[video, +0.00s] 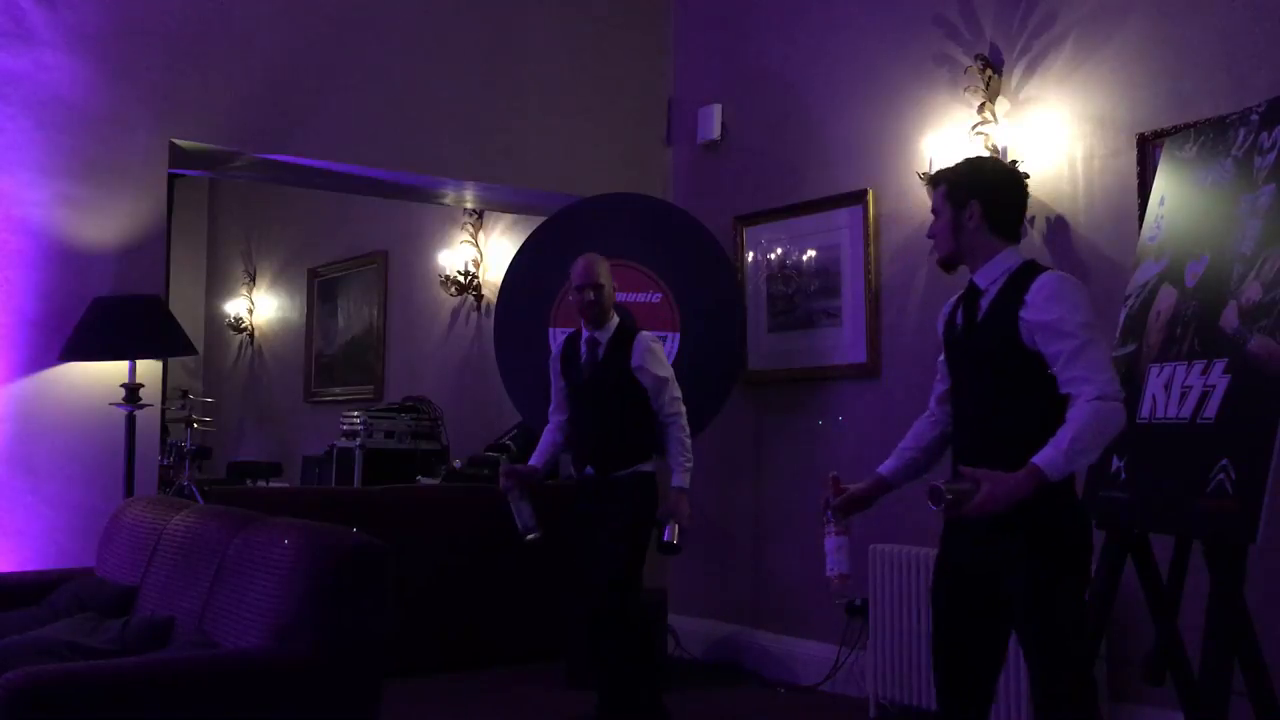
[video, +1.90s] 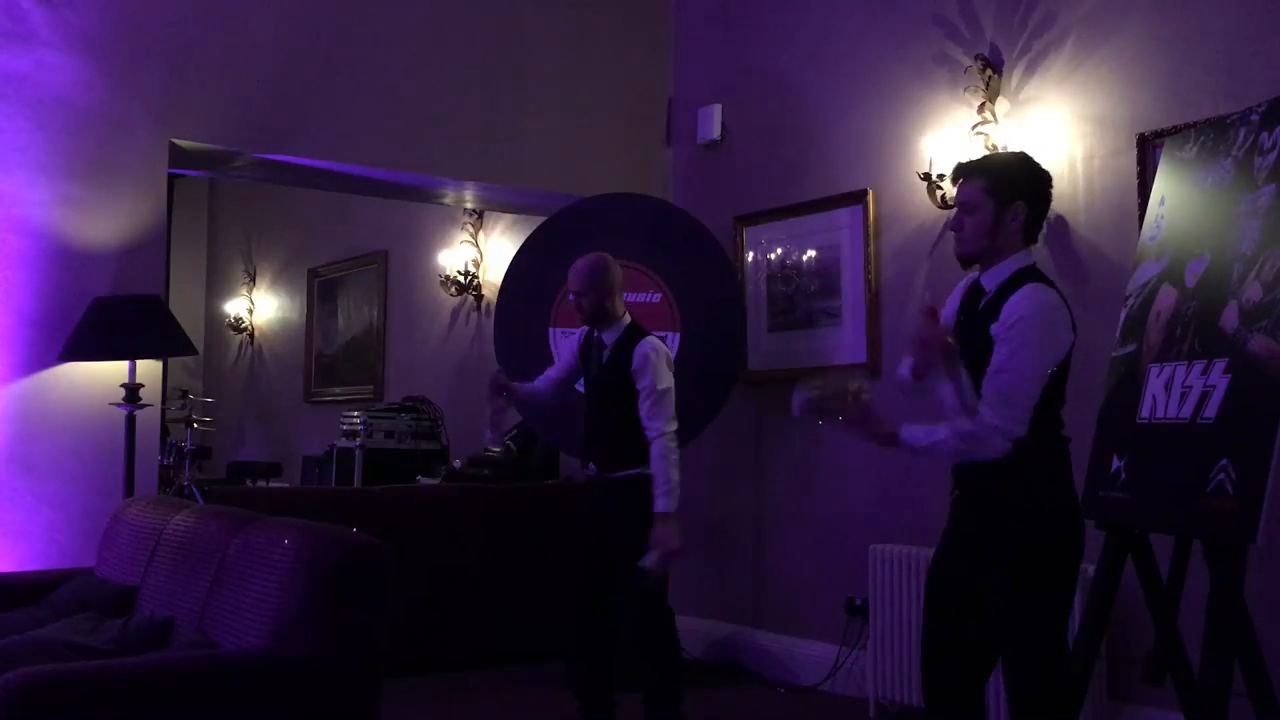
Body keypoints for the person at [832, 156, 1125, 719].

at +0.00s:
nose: (929, 229)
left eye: (936, 213)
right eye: (931, 215)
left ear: (972, 216)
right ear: (974, 219)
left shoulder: (1049, 294)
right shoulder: (957, 315)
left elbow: (1102, 405)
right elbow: (942, 416)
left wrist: (1025, 479)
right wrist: (875, 485)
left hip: (1041, 526)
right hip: (969, 525)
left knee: (1060, 696)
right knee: (960, 694)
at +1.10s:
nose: (928, 240)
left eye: (938, 225)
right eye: (927, 227)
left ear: (982, 221)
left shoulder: (1048, 294)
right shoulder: (946, 313)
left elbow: (1093, 403)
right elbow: (904, 404)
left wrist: (1035, 470)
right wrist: (828, 463)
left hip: (1035, 517)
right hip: (962, 515)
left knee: (1043, 686)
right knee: (955, 685)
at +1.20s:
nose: (940, 236)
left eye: (950, 219)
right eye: (941, 221)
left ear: (995, 218)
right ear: (989, 220)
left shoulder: (1055, 297)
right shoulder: (958, 307)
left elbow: (1097, 410)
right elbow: (904, 377)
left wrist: (1028, 486)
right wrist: (822, 395)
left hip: (1035, 526)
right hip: (963, 522)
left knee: (1042, 691)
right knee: (954, 689)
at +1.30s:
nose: (949, 223)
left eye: (962, 209)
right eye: (952, 209)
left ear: (1006, 216)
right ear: (994, 219)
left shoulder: (1056, 298)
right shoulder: (968, 302)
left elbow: (1093, 414)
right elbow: (898, 347)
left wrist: (1020, 500)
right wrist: (823, 315)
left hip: (1033, 535)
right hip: (965, 531)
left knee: (1039, 695)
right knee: (954, 693)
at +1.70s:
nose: (960, 214)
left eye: (975, 202)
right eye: (964, 201)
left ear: (1019, 217)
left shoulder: (1043, 308)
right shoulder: (979, 293)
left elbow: (1012, 437)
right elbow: (886, 329)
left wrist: (932, 515)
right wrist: (830, 277)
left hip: (1028, 516)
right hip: (974, 510)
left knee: (1035, 687)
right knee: (950, 681)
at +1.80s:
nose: (958, 219)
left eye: (973, 207)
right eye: (960, 205)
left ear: (1019, 218)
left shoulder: (1038, 308)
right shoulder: (976, 295)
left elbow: (991, 436)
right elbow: (885, 358)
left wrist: (895, 486)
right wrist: (868, 314)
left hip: (1030, 510)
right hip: (979, 504)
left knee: (1031, 675)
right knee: (949, 667)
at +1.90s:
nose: (954, 221)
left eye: (969, 208)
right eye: (956, 207)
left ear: (1014, 219)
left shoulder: (1034, 305)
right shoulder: (970, 292)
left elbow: (997, 432)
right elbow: (915, 385)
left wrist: (897, 433)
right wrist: (923, 357)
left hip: (1030, 507)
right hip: (978, 499)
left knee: (1034, 677)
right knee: (948, 667)